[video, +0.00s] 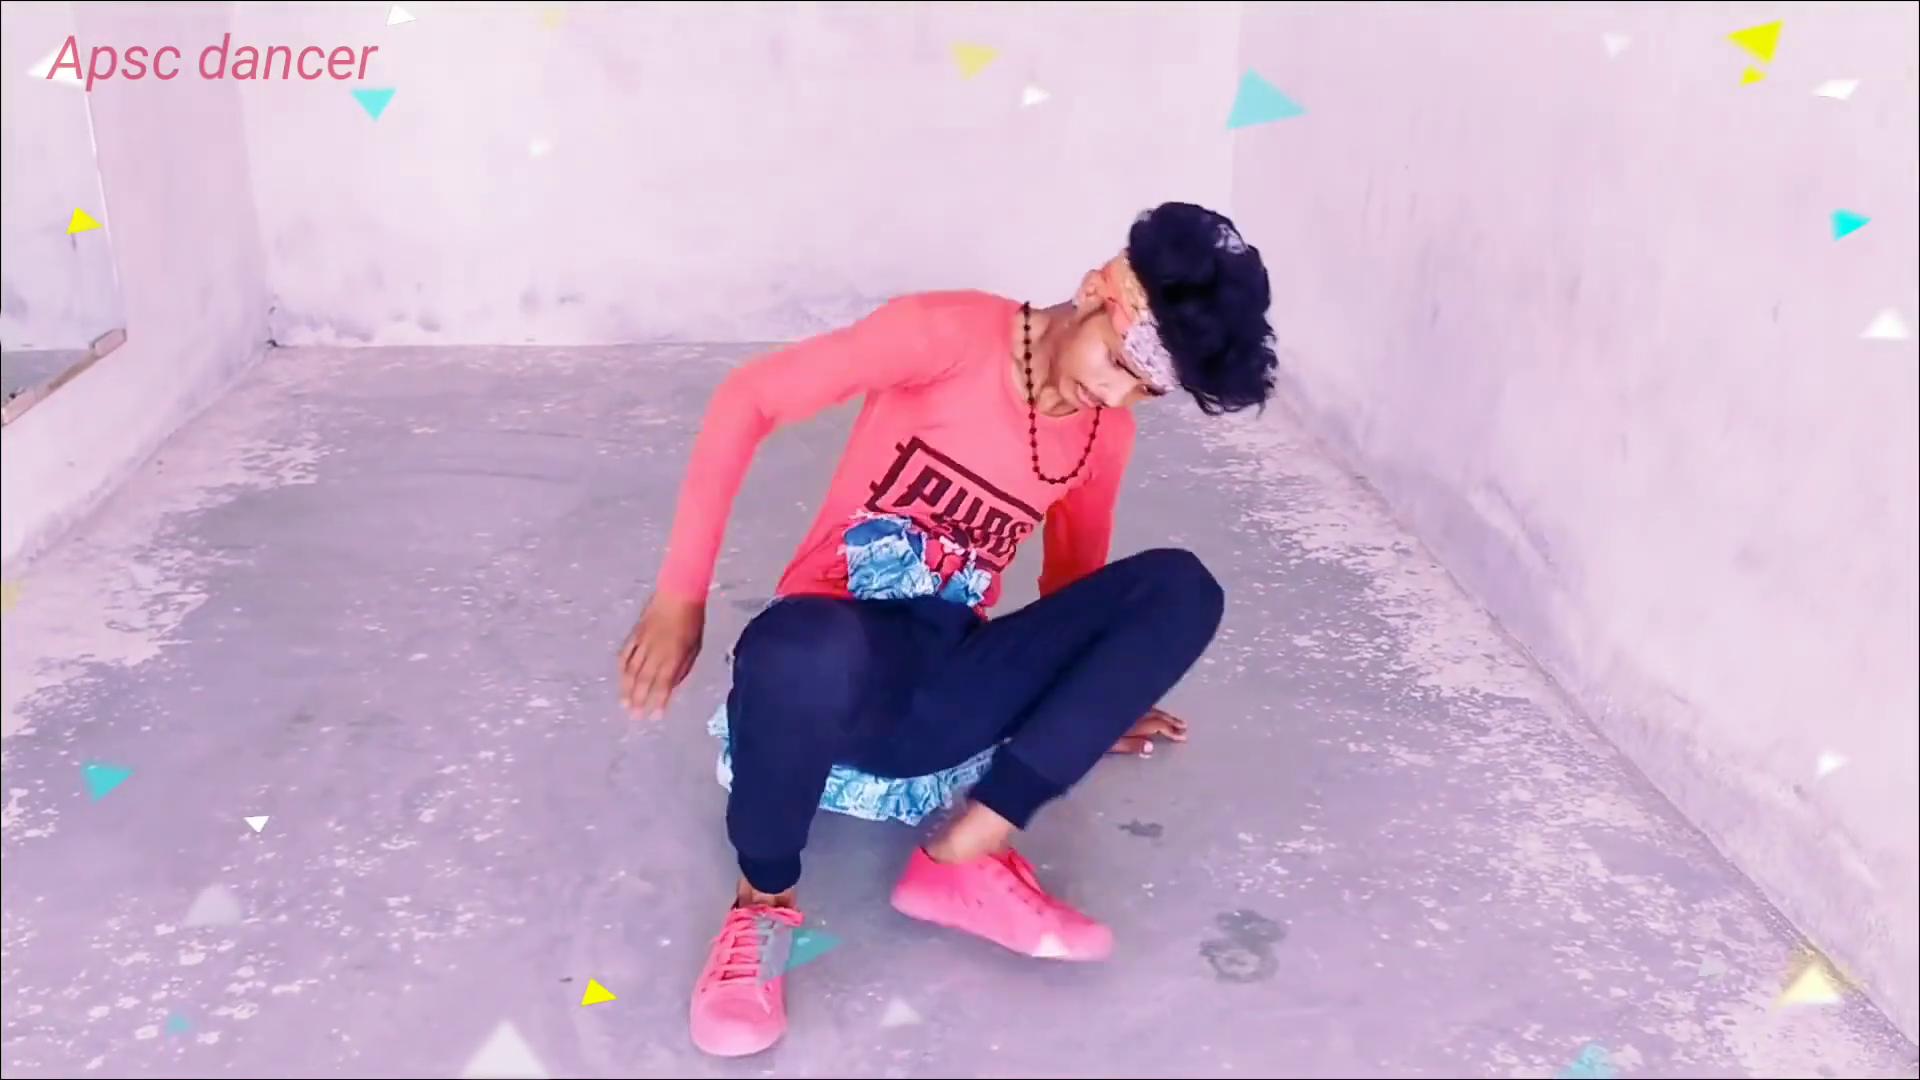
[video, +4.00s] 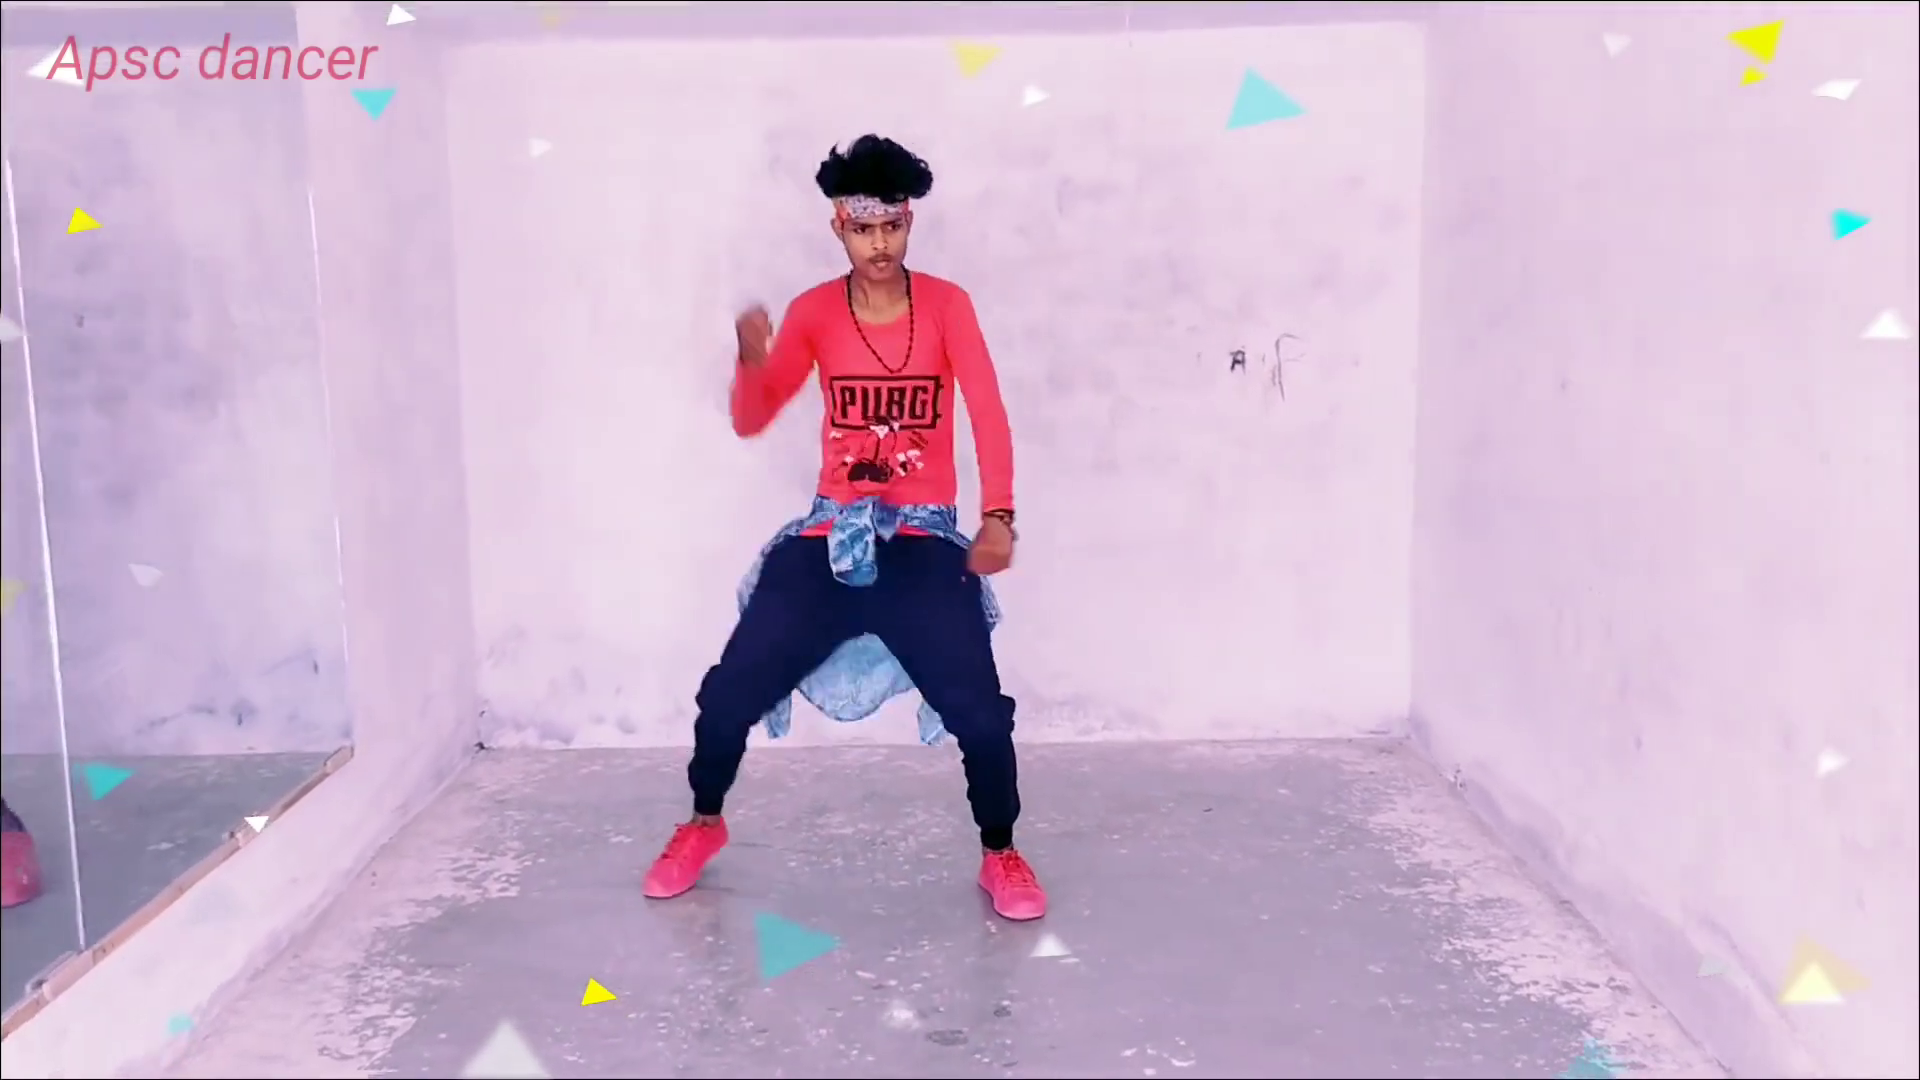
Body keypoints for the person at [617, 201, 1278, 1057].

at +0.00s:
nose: (1118, 400)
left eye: (1151, 391)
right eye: (1125, 362)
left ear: (1179, 389)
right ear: (1108, 288)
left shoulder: (1101, 430)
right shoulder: (948, 332)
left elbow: (1072, 584)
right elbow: (747, 399)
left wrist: (1095, 710)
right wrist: (678, 598)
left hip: (957, 677)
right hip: (842, 652)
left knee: (1183, 590)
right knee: (795, 646)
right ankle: (762, 904)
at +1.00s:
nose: (702, 106)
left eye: (688, 90)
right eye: (782, 91)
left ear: (686, 103)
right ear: (793, 107)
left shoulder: (607, 217)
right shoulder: (820, 241)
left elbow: (534, 402)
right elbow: (827, 428)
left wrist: (469, 575)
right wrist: (835, 616)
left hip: (562, 570)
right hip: (702, 576)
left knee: (611, 811)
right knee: (748, 878)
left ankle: (642, 1048)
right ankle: (730, 1069)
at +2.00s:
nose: (427, 205)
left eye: (430, 194)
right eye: (433, 192)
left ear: (442, 204)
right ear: (511, 189)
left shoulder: (460, 291)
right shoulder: (547, 248)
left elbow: (465, 423)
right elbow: (510, 164)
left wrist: (433, 544)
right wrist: (452, 88)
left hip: (518, 511)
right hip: (592, 496)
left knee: (471, 671)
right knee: (585, 661)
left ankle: (497, 847)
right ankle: (689, 792)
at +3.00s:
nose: (627, 190)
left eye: (641, 175)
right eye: (613, 174)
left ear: (663, 180)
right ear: (595, 180)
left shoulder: (693, 262)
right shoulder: (587, 259)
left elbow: (737, 364)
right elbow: (550, 324)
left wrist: (760, 470)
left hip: (702, 486)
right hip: (626, 491)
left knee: (771, 631)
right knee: (572, 637)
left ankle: (858, 782)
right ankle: (607, 788)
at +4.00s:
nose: (881, 244)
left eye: (893, 226)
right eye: (863, 228)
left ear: (912, 226)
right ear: (839, 230)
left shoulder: (946, 307)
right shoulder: (812, 313)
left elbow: (986, 410)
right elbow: (750, 421)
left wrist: (997, 515)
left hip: (923, 546)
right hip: (826, 543)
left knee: (982, 717)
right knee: (723, 702)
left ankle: (1001, 855)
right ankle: (704, 824)